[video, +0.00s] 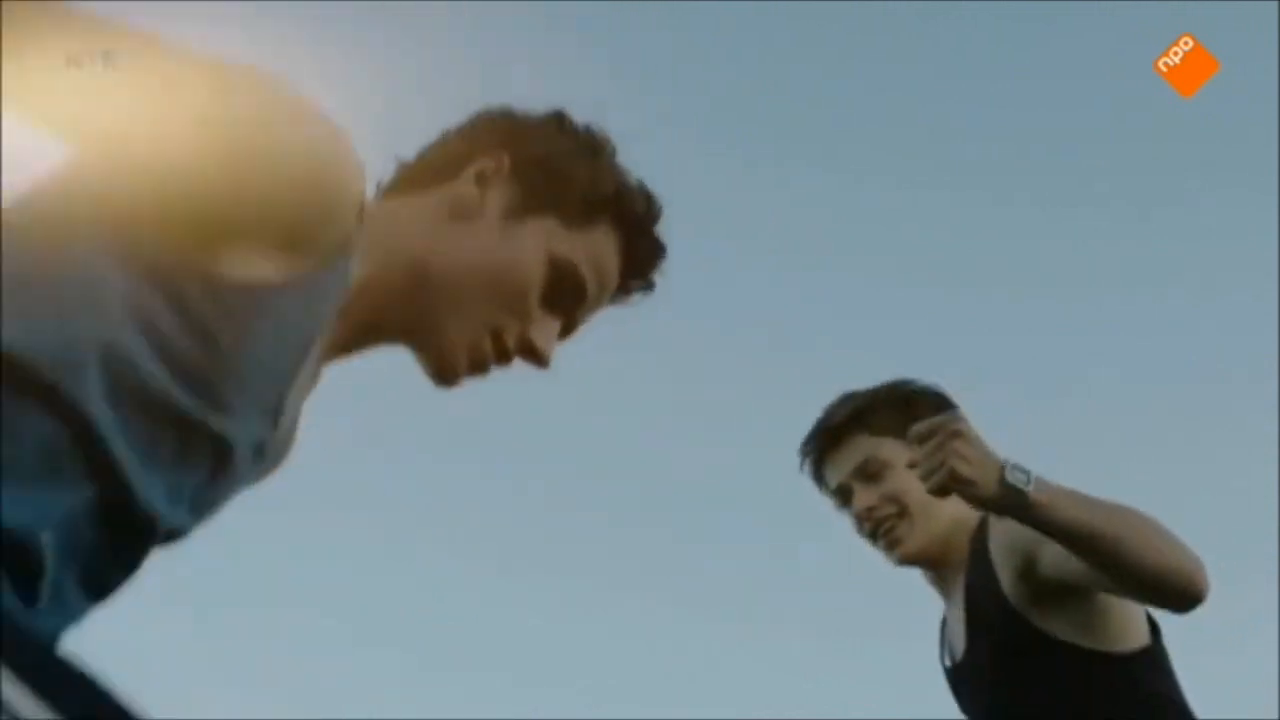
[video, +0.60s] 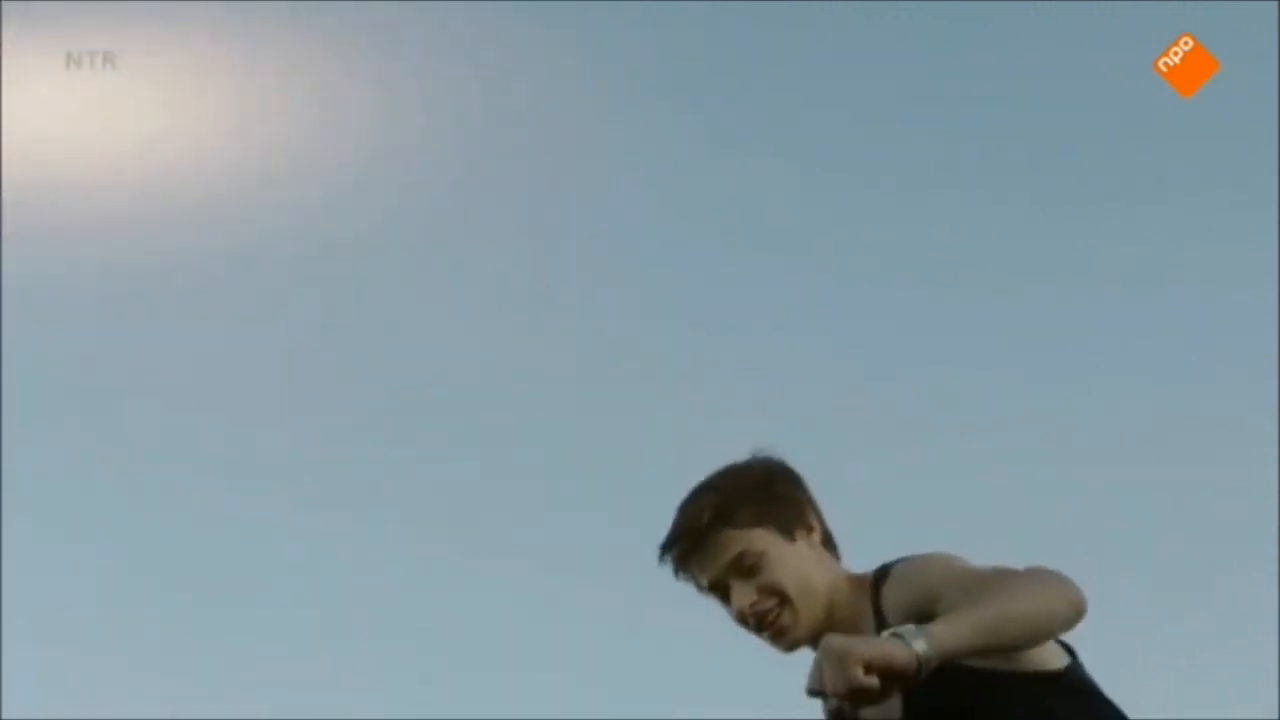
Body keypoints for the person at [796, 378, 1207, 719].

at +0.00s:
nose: (862, 507)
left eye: (875, 474)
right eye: (845, 498)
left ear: (938, 455)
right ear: (845, 518)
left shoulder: (1018, 543)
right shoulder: (954, 633)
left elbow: (1185, 584)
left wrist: (1007, 485)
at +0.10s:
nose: (836, 501)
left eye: (845, 465)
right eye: (817, 493)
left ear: (912, 441)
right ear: (819, 513)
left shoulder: (997, 517)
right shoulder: (929, 627)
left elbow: (1143, 593)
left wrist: (976, 524)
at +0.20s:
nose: (818, 505)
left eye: (827, 469)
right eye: (799, 497)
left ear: (893, 443)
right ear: (802, 514)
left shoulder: (984, 512)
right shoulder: (914, 639)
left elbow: (1113, 583)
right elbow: (1014, 700)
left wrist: (951, 554)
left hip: (1147, 703)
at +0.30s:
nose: (792, 523)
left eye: (800, 487)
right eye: (774, 515)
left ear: (864, 458)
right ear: (773, 529)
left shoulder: (962, 526)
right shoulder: (885, 622)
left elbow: (1078, 561)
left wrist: (928, 596)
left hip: (1126, 707)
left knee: (1016, 689)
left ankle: (1087, 708)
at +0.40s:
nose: (776, 540)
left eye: (784, 504)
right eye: (757, 533)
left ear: (845, 472)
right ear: (755, 547)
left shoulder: (947, 537)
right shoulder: (873, 638)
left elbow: (1061, 558)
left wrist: (924, 614)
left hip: (1116, 707)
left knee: (983, 683)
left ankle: (1065, 708)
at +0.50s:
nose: (755, 576)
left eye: (762, 539)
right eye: (734, 568)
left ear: (821, 501)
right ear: (732, 581)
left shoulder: (923, 563)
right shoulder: (849, 677)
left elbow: (1053, 578)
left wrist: (918, 641)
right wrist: (855, 705)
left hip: (1086, 702)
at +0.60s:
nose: (742, 604)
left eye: (749, 568)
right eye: (721, 594)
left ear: (811, 533)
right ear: (718, 606)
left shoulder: (908, 587)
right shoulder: (844, 689)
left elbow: (1059, 599)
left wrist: (916, 646)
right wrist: (868, 708)